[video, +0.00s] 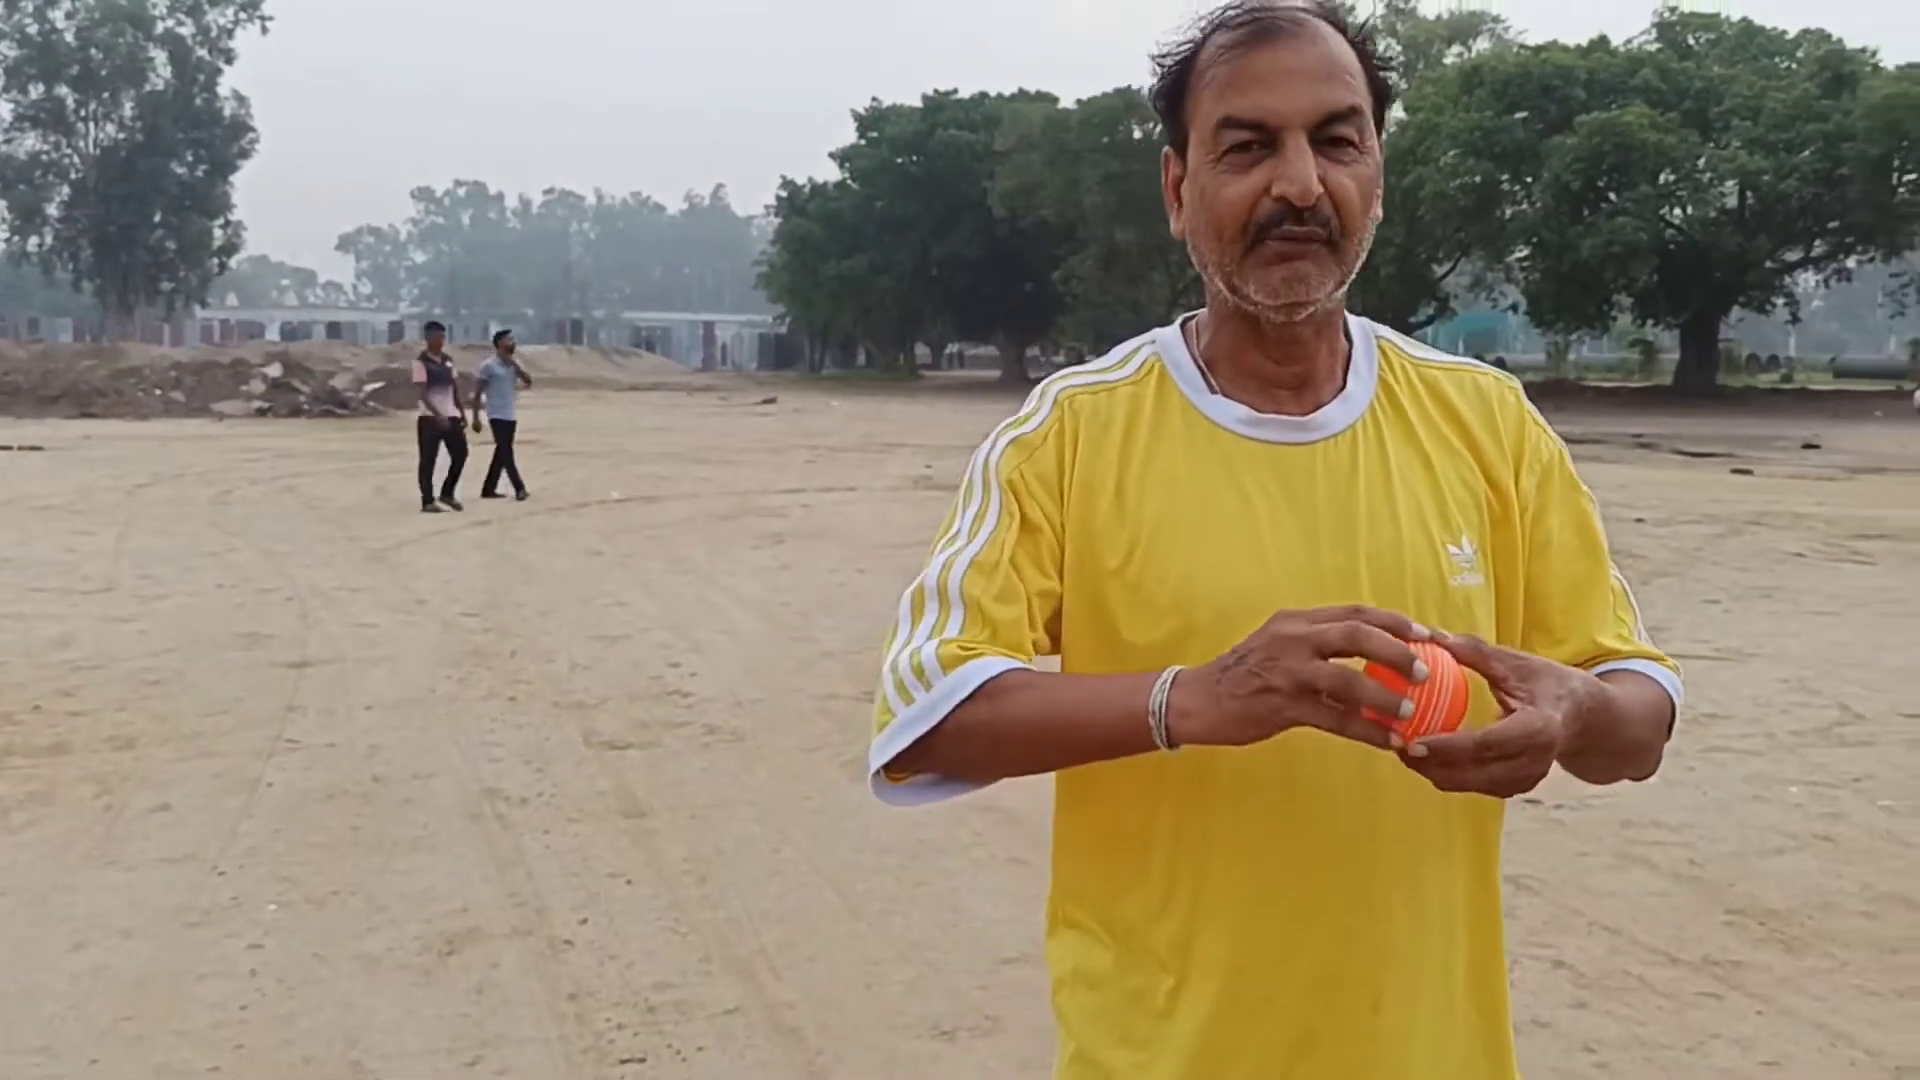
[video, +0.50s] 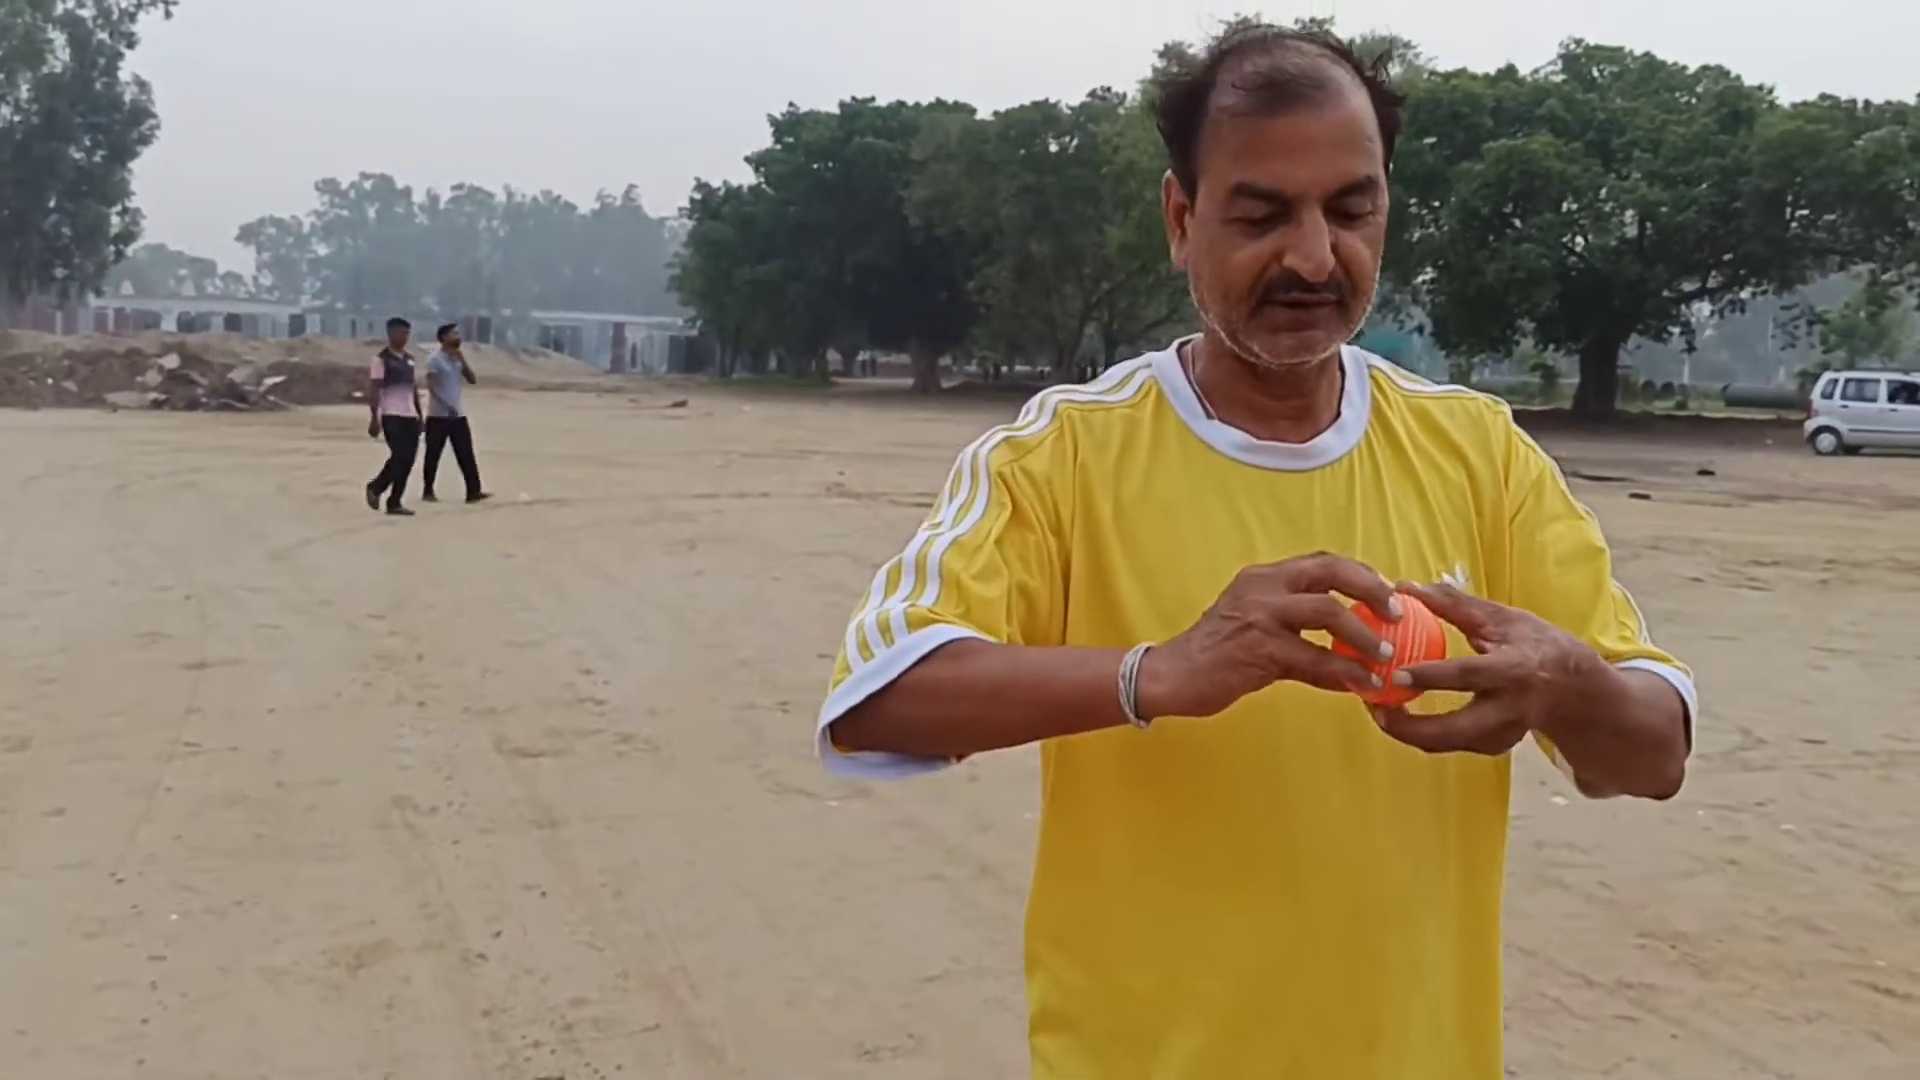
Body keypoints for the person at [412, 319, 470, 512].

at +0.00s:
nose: (440, 341)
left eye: (442, 336)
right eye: (436, 337)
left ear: (444, 338)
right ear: (427, 338)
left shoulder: (448, 361)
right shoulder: (420, 363)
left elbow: (454, 389)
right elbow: (422, 394)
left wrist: (462, 412)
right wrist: (437, 414)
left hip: (450, 416)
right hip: (430, 416)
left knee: (460, 453)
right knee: (428, 460)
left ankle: (447, 493)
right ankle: (428, 499)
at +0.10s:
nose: (425, 342)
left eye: (427, 337)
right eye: (421, 338)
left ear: (430, 339)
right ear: (412, 339)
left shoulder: (433, 362)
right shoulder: (405, 363)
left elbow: (439, 391)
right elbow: (408, 392)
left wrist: (444, 413)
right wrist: (431, 410)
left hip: (434, 418)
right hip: (413, 418)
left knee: (443, 463)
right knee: (408, 462)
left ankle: (449, 500)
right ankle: (404, 500)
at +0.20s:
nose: (422, 341)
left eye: (423, 337)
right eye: (418, 337)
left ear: (425, 338)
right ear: (408, 337)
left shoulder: (428, 361)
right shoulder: (401, 362)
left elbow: (430, 388)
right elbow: (403, 391)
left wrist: (437, 404)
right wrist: (427, 408)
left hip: (428, 418)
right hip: (408, 418)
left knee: (436, 462)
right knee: (399, 460)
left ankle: (445, 499)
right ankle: (388, 497)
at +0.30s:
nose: (411, 338)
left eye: (413, 334)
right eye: (407, 334)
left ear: (415, 335)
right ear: (398, 335)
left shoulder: (417, 359)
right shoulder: (390, 360)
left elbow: (418, 389)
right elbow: (389, 391)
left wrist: (427, 401)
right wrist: (411, 411)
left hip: (419, 417)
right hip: (399, 417)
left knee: (425, 461)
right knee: (389, 457)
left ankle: (425, 498)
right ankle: (367, 491)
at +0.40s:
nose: (405, 335)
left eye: (407, 331)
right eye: (401, 331)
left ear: (409, 332)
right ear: (392, 332)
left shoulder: (411, 356)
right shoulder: (383, 358)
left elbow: (411, 382)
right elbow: (381, 389)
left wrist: (418, 396)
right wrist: (389, 414)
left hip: (414, 412)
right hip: (396, 412)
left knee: (415, 458)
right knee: (393, 453)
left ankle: (408, 496)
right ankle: (364, 479)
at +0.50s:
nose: (404, 338)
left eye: (406, 334)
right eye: (400, 333)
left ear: (408, 335)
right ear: (390, 334)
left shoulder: (409, 359)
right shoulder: (380, 359)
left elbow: (413, 389)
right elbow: (374, 390)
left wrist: (419, 414)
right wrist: (374, 418)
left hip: (410, 413)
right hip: (391, 412)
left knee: (408, 459)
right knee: (400, 455)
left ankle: (395, 500)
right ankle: (375, 487)